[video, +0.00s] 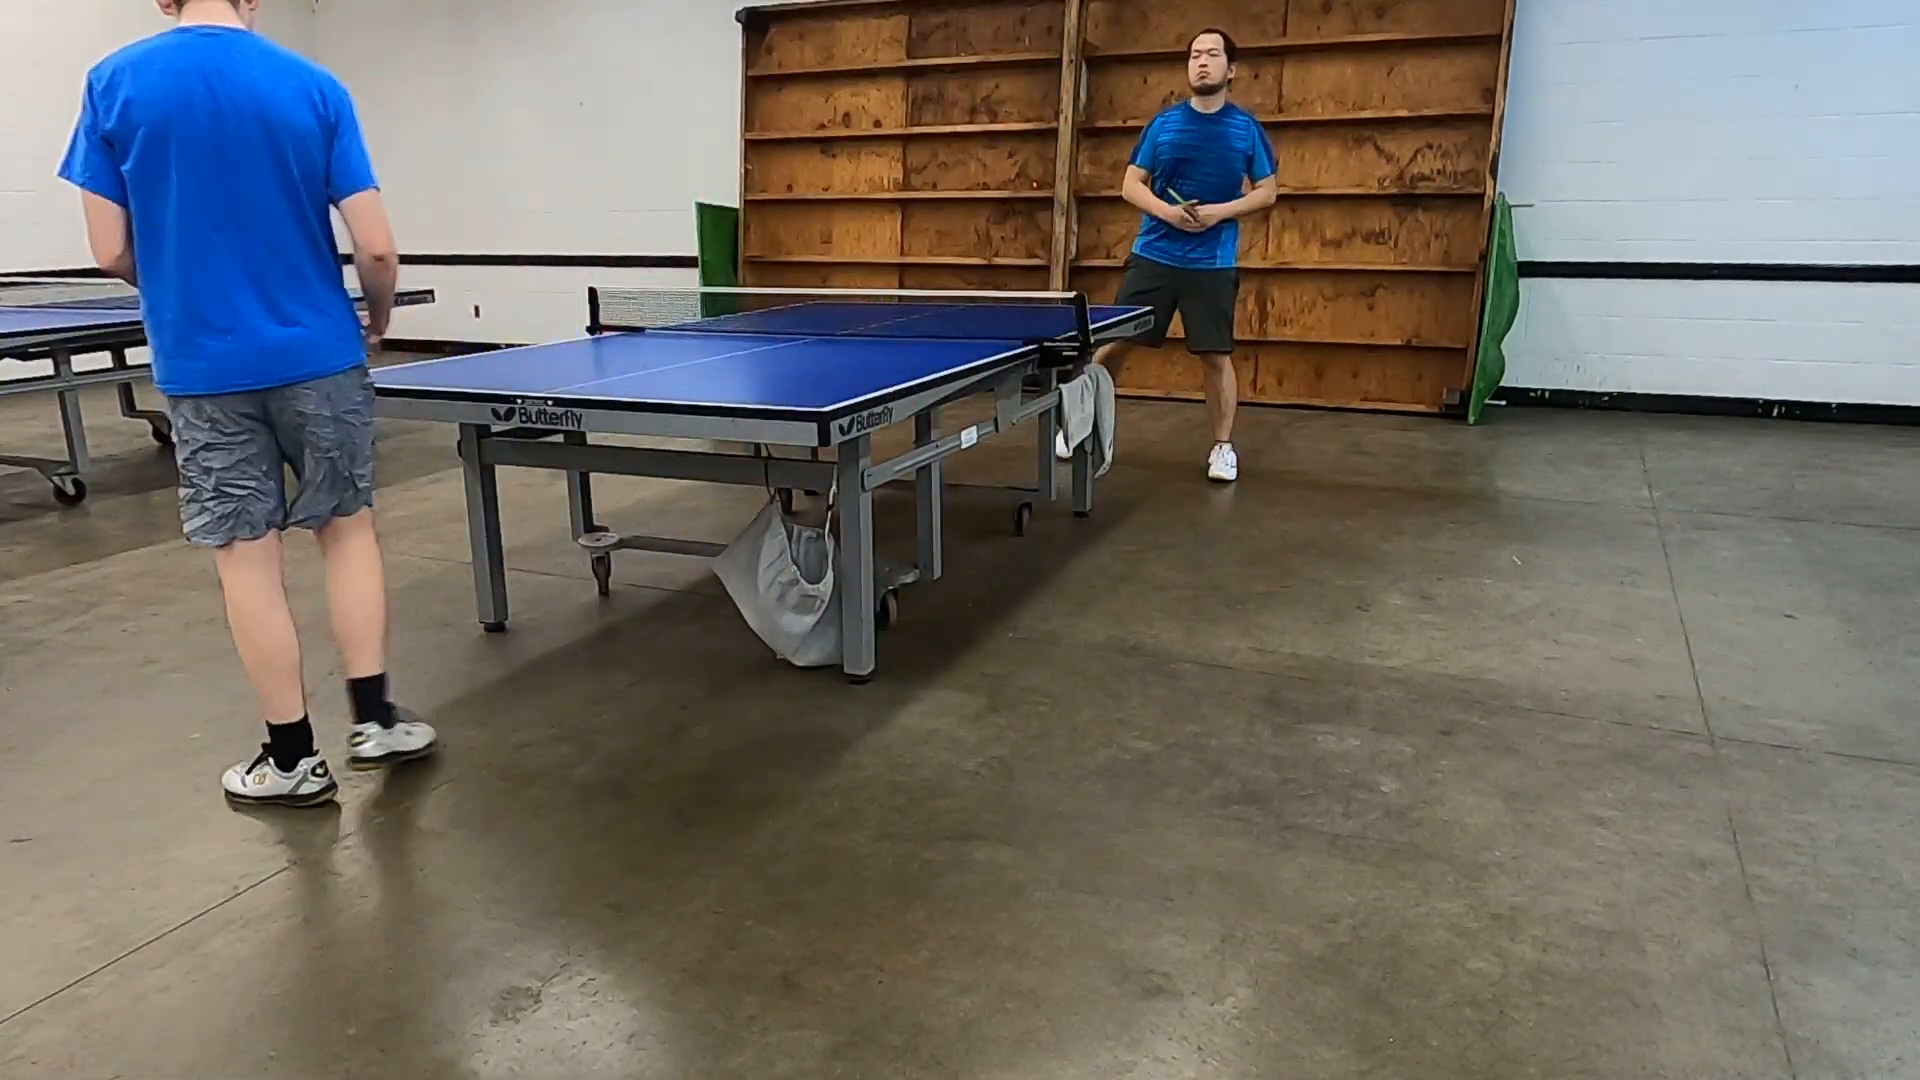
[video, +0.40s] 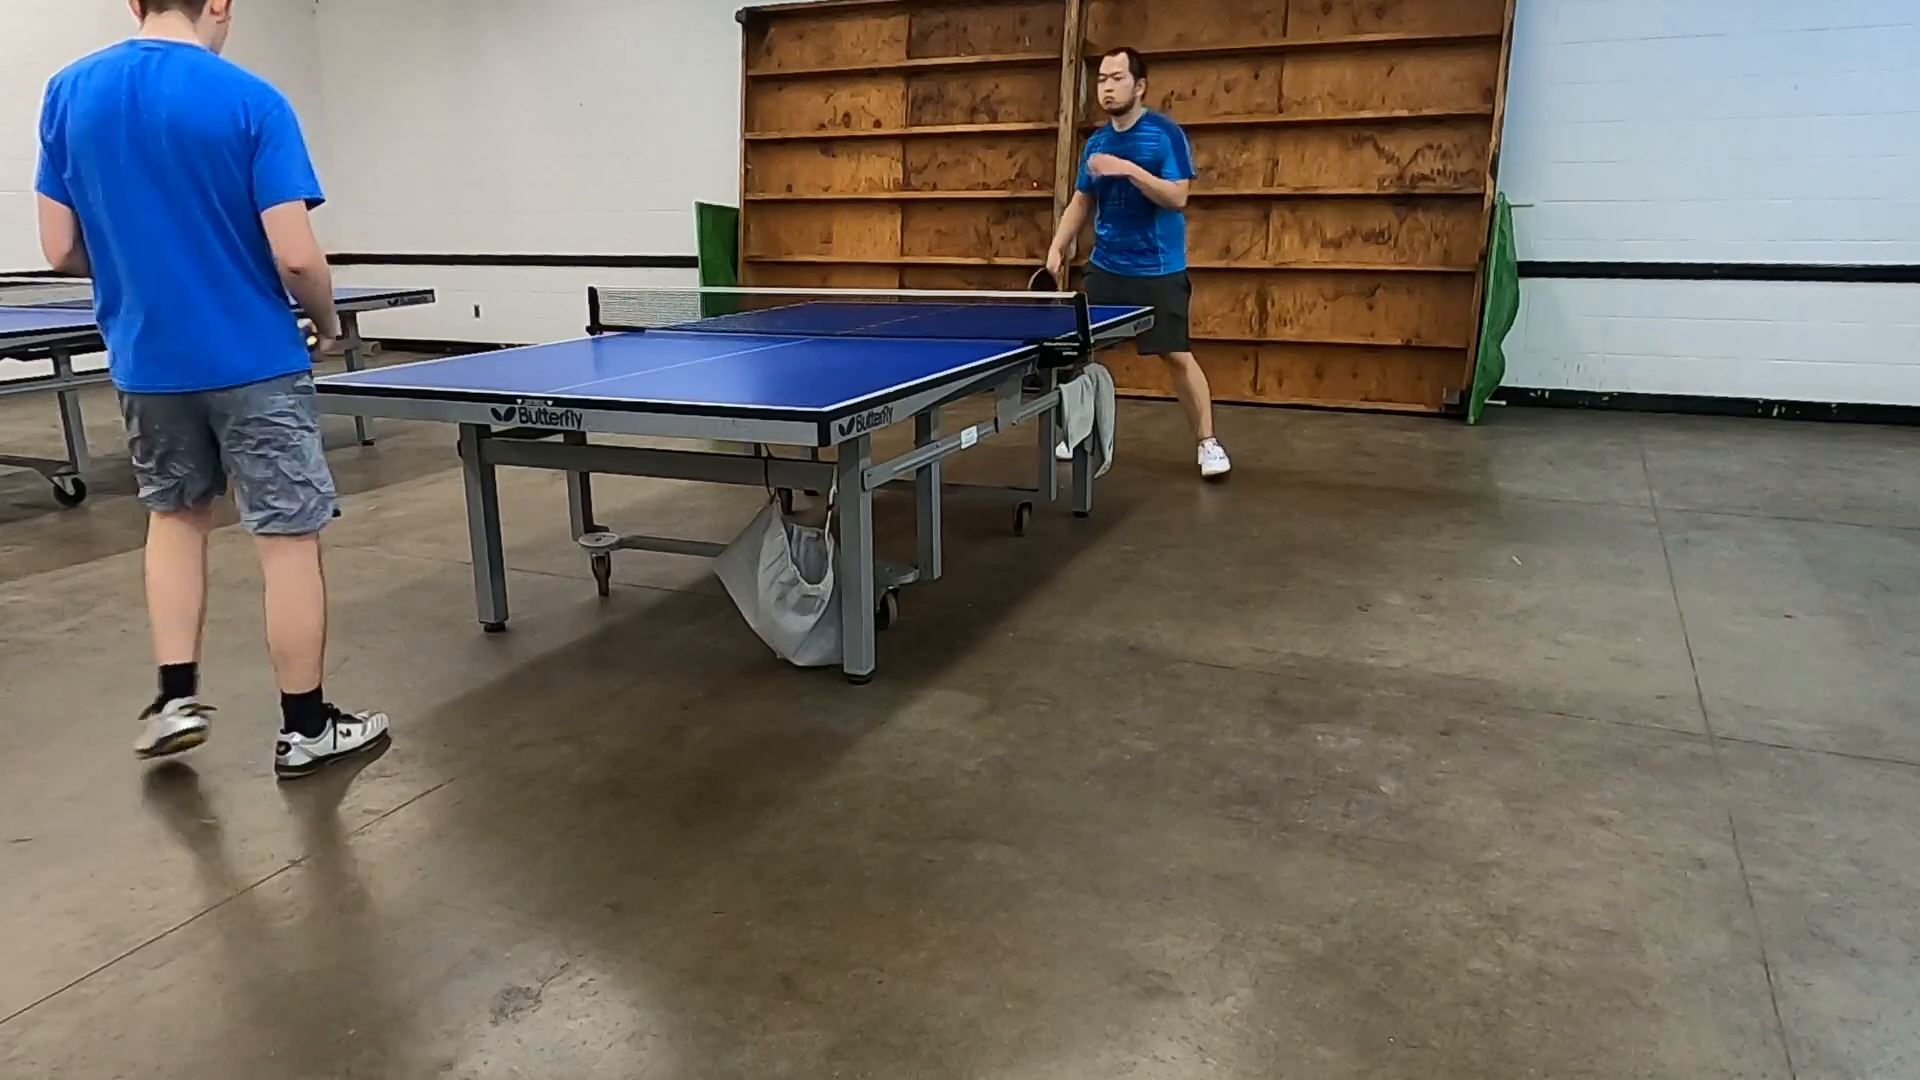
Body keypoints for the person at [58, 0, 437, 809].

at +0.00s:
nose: (157, 20)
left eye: (157, 14)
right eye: (257, 12)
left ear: (163, 7)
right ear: (250, 5)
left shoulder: (117, 80)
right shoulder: (311, 83)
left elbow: (113, 252)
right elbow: (378, 250)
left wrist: (178, 280)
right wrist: (376, 316)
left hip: (202, 364)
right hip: (314, 352)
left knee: (247, 556)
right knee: (347, 523)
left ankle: (294, 757)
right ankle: (375, 719)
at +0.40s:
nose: (230, 26)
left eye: (225, 18)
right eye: (231, 17)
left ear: (134, 9)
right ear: (219, 11)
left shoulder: (70, 91)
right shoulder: (249, 98)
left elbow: (62, 249)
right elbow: (298, 258)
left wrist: (132, 246)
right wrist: (324, 316)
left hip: (146, 361)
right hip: (250, 355)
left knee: (177, 509)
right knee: (287, 530)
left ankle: (177, 699)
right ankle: (306, 724)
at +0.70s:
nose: (174, 51)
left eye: (178, 33)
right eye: (175, 29)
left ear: (93, 13)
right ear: (144, 11)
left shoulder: (19, 96)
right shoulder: (146, 96)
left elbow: (15, 249)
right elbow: (183, 252)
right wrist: (259, 321)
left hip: (66, 365)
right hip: (158, 359)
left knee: (119, 524)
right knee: (247, 524)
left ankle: (116, 721)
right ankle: (302, 722)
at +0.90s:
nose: (149, 57)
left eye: (154, 41)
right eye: (150, 35)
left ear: (80, 14)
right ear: (116, 11)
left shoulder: (14, 87)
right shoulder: (110, 89)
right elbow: (138, 240)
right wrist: (217, 310)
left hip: (34, 356)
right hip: (113, 350)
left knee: (108, 525)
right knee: (212, 523)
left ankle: (116, 721)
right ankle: (275, 723)